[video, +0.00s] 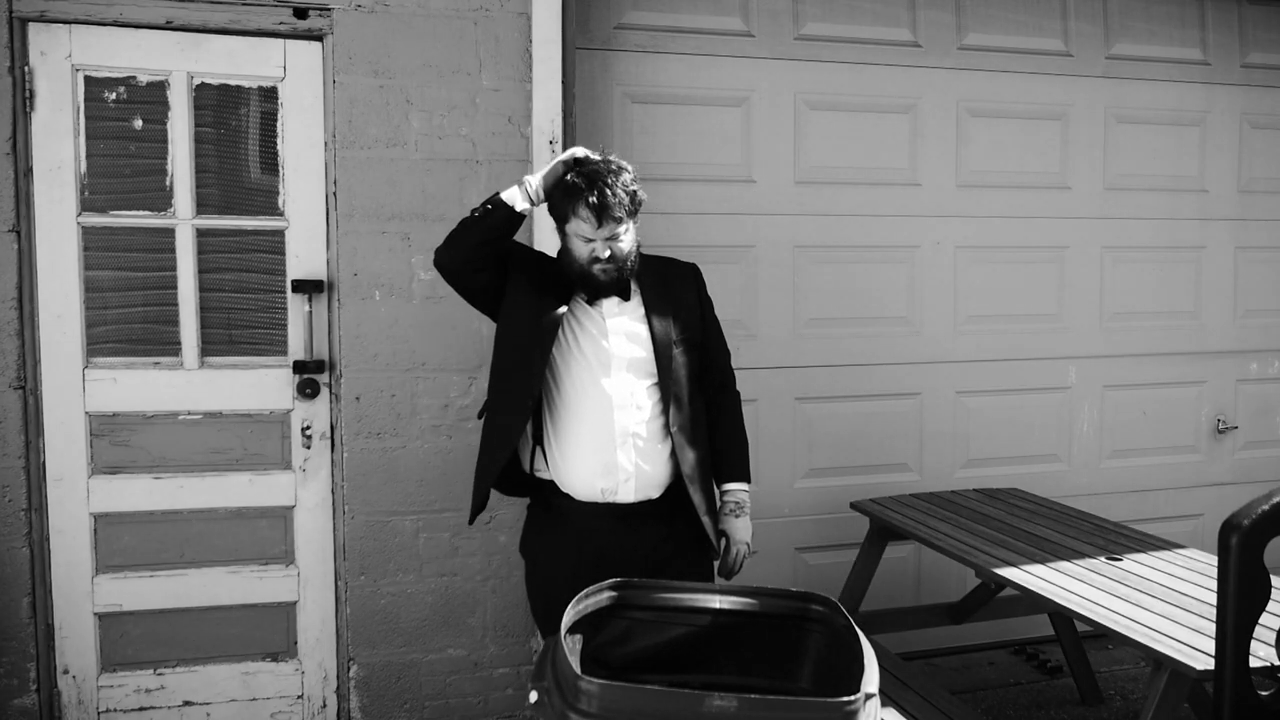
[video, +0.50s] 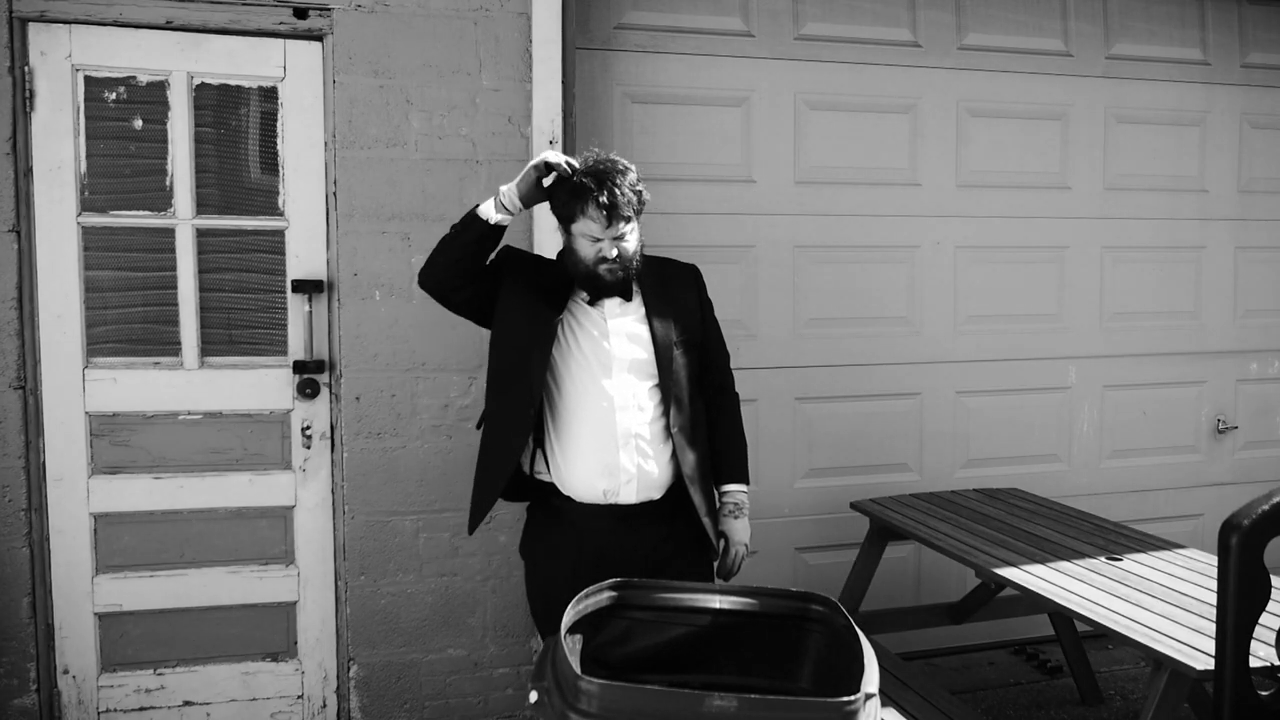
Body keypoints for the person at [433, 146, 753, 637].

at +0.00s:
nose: (603, 251)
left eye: (616, 235)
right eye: (586, 238)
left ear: (635, 224)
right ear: (558, 232)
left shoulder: (679, 286)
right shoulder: (530, 286)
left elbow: (719, 394)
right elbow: (456, 258)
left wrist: (735, 502)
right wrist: (535, 189)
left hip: (669, 527)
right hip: (565, 530)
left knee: (675, 693)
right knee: (577, 691)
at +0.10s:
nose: (603, 252)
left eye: (616, 236)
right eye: (586, 238)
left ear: (635, 225)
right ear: (558, 231)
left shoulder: (679, 287)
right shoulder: (531, 285)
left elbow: (719, 395)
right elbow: (456, 258)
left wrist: (735, 502)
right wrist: (534, 190)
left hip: (668, 527)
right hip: (564, 530)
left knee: (674, 691)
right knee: (576, 689)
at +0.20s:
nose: (603, 252)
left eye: (616, 236)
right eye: (586, 239)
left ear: (636, 224)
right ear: (559, 233)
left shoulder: (679, 287)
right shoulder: (531, 287)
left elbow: (719, 393)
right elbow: (455, 258)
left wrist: (735, 502)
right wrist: (534, 190)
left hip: (668, 527)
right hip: (565, 529)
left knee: (675, 691)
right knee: (576, 689)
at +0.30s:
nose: (603, 251)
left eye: (616, 235)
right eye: (586, 238)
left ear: (635, 225)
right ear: (559, 233)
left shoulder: (678, 286)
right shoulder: (530, 287)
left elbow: (718, 393)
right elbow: (455, 259)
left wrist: (735, 502)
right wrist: (534, 190)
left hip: (668, 527)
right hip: (564, 529)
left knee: (674, 692)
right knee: (576, 689)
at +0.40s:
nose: (604, 253)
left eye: (617, 237)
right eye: (587, 239)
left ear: (636, 224)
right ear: (559, 233)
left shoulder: (679, 286)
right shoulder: (530, 286)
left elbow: (718, 393)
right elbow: (452, 262)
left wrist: (735, 501)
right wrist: (531, 193)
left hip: (669, 528)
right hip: (565, 531)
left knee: (675, 693)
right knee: (576, 691)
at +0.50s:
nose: (611, 252)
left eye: (622, 235)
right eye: (594, 239)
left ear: (639, 223)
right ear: (565, 235)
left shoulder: (680, 287)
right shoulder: (526, 287)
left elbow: (719, 395)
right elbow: (441, 278)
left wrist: (734, 502)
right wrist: (510, 202)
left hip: (671, 528)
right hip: (566, 532)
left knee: (676, 696)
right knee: (576, 694)